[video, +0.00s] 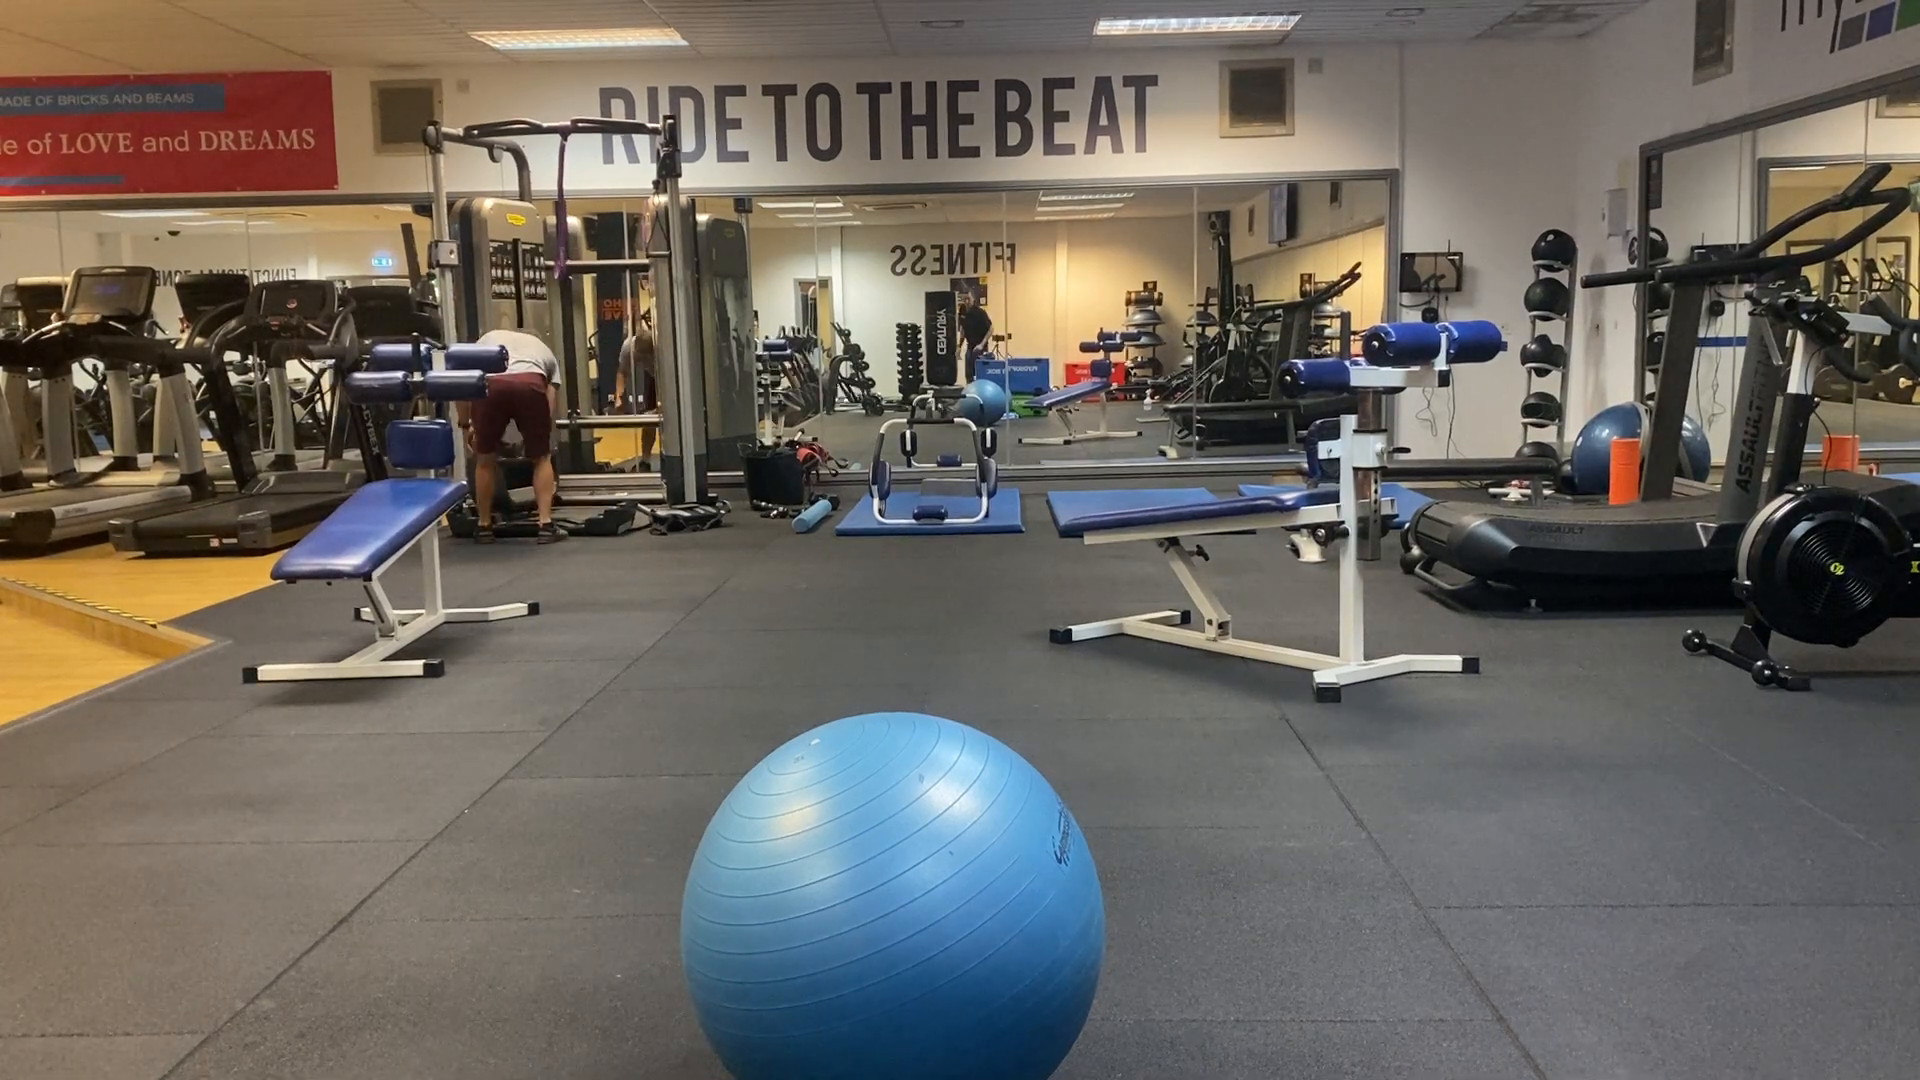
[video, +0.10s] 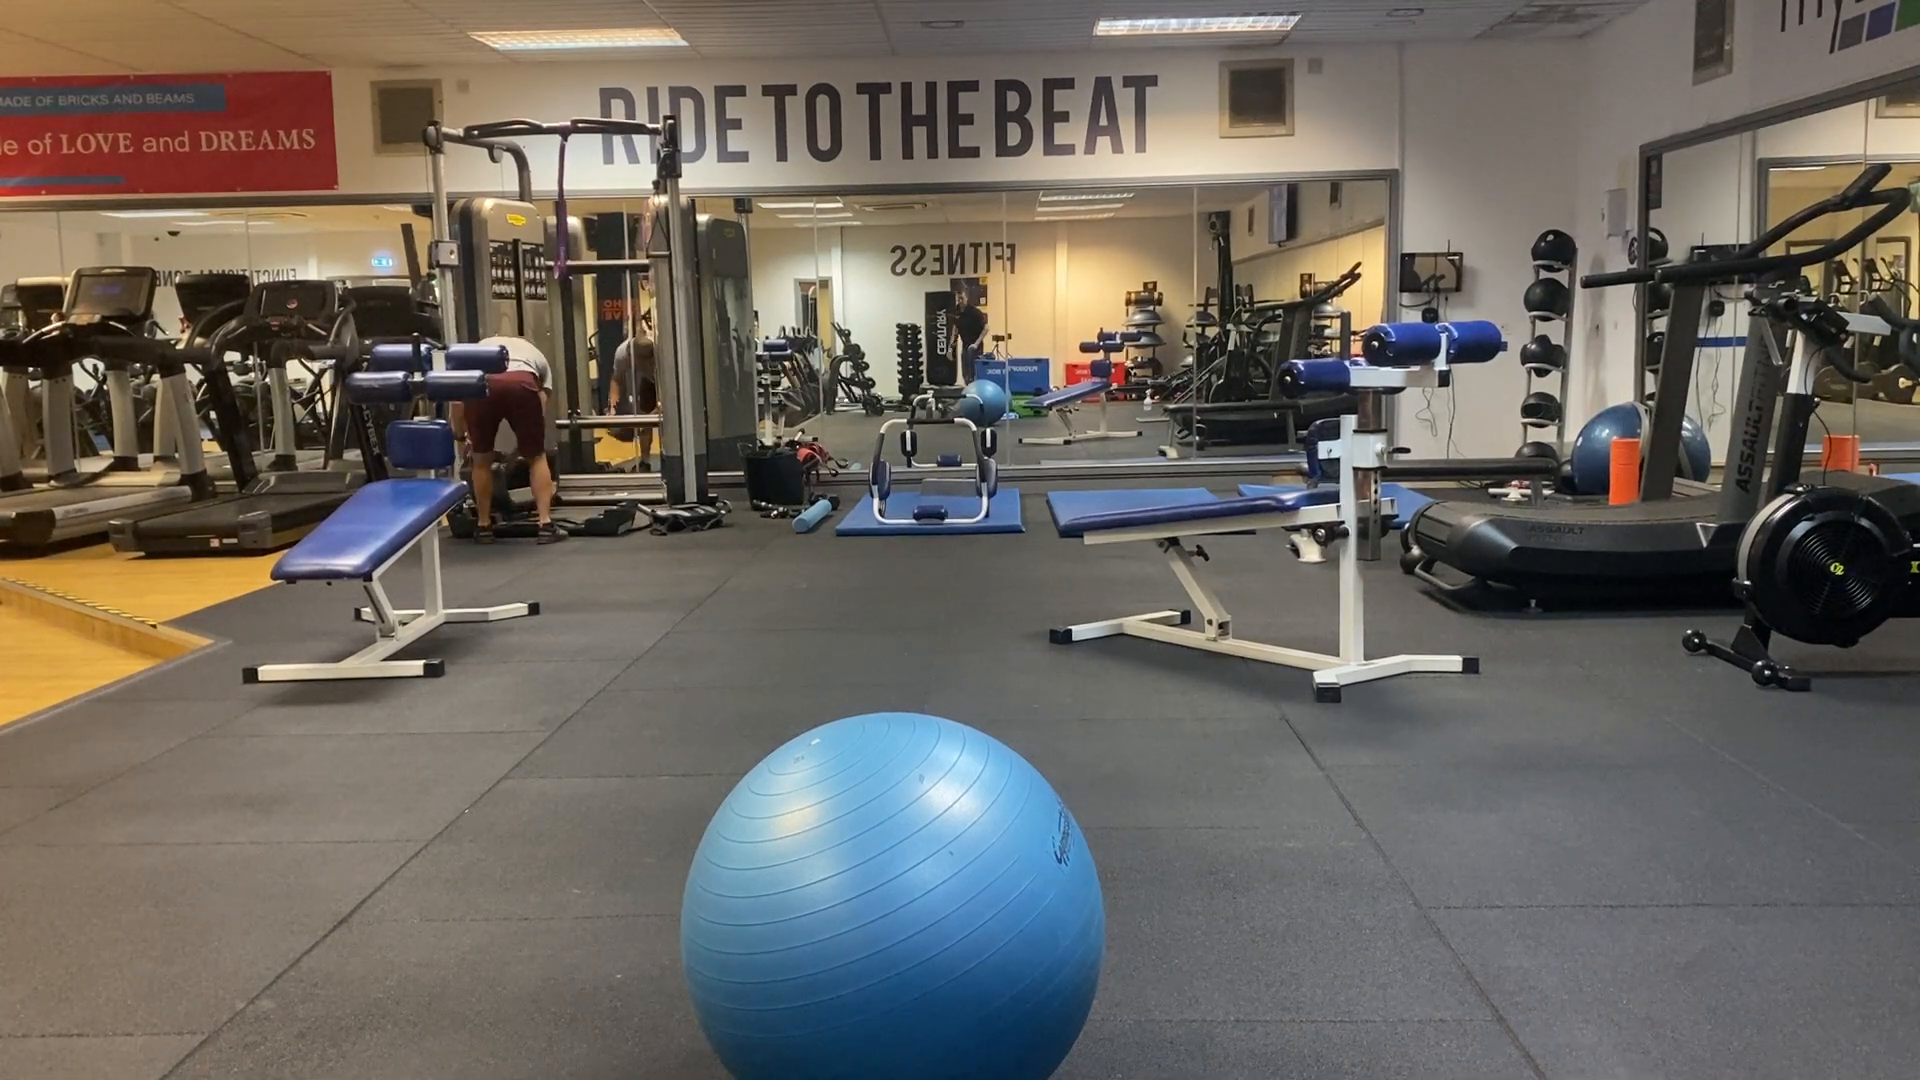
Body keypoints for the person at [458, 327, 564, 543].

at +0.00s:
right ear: (533, 339)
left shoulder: (485, 339)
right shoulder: (547, 353)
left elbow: (461, 384)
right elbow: (550, 407)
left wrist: (465, 426)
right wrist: (542, 445)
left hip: (489, 389)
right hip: (531, 389)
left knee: (485, 460)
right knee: (541, 459)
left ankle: (484, 525)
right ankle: (546, 525)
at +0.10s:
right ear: (526, 345)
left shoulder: (478, 348)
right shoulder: (539, 358)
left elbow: (456, 399)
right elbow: (540, 408)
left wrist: (460, 435)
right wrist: (529, 446)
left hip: (481, 387)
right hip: (522, 385)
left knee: (481, 462)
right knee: (537, 458)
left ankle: (483, 526)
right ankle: (545, 524)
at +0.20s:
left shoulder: (468, 361)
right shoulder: (533, 368)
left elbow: (454, 414)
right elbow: (526, 422)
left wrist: (458, 452)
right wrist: (510, 463)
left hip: (473, 387)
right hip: (514, 385)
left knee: (477, 462)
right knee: (531, 457)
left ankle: (483, 526)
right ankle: (545, 525)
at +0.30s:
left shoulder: (461, 370)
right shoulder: (526, 375)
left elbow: (454, 421)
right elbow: (521, 431)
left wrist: (455, 463)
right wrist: (505, 468)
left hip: (466, 389)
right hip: (507, 384)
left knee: (474, 463)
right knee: (526, 456)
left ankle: (483, 525)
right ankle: (544, 524)